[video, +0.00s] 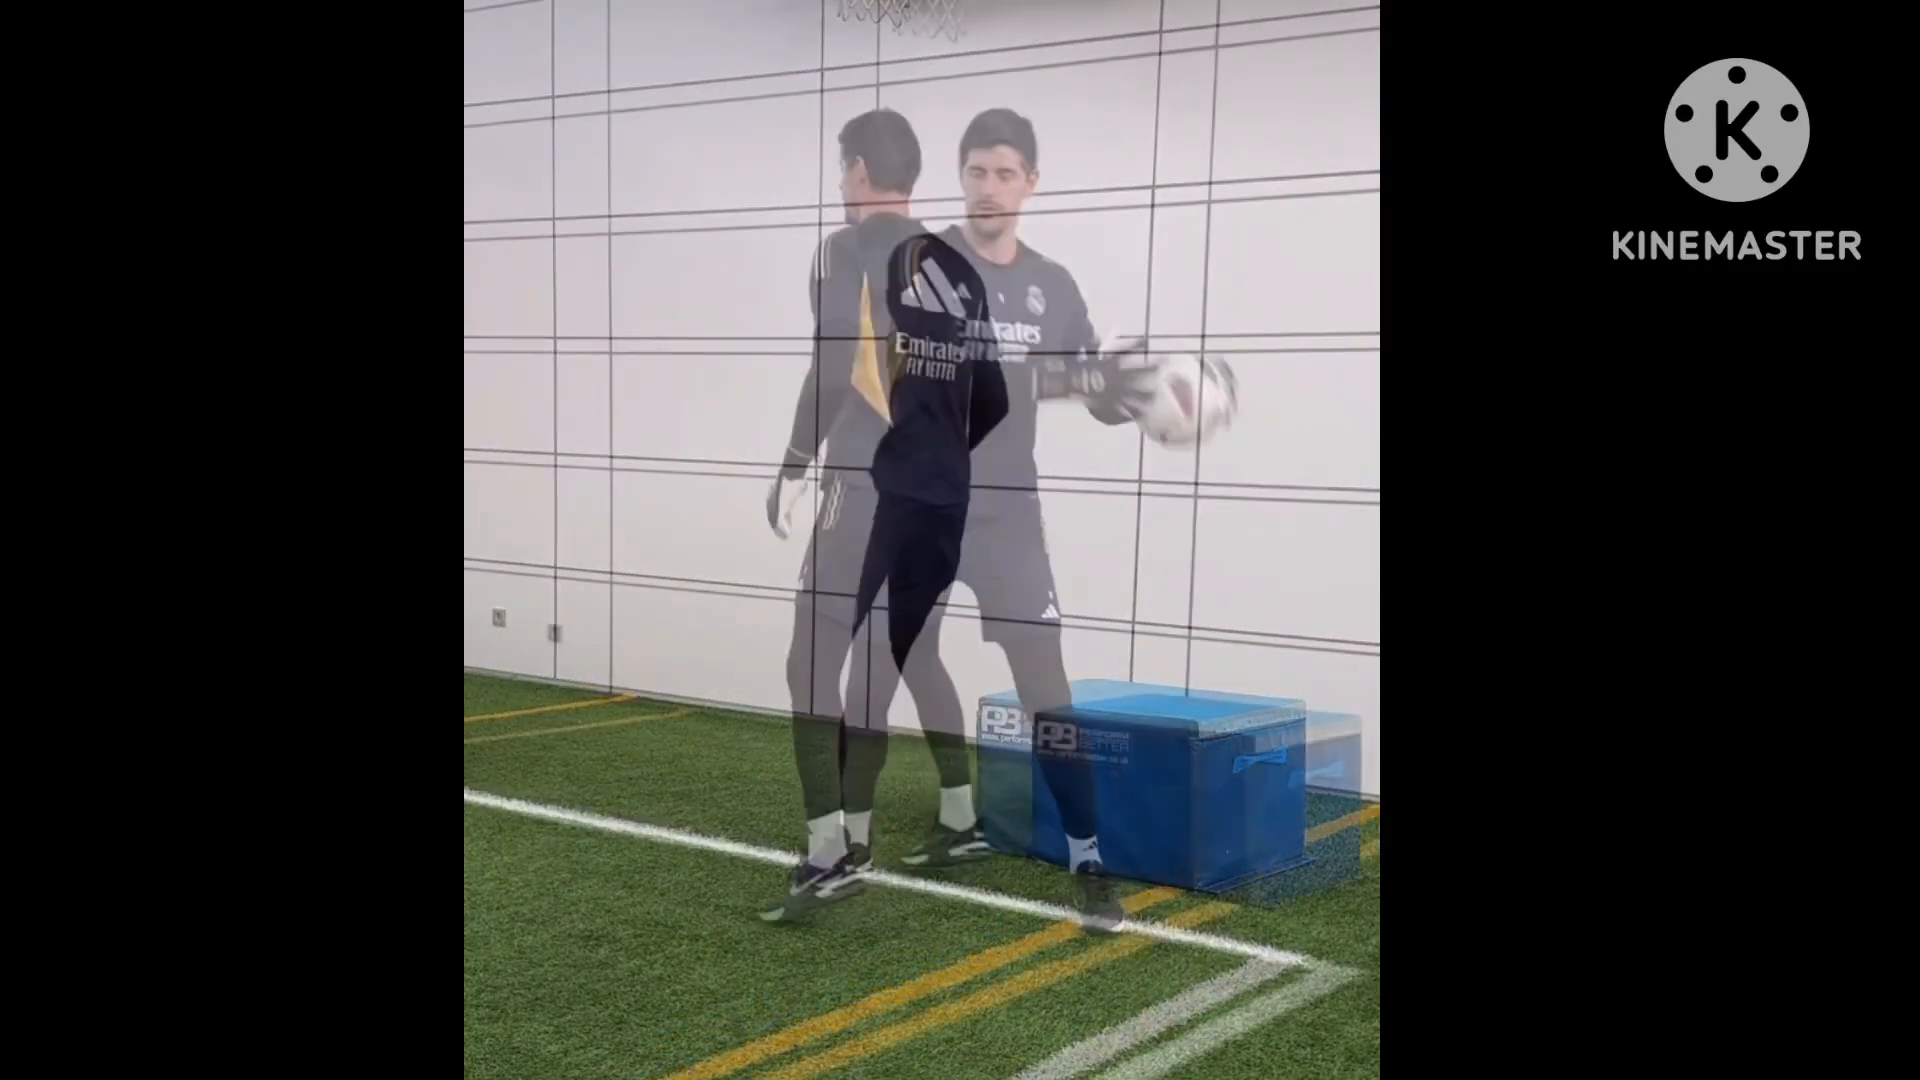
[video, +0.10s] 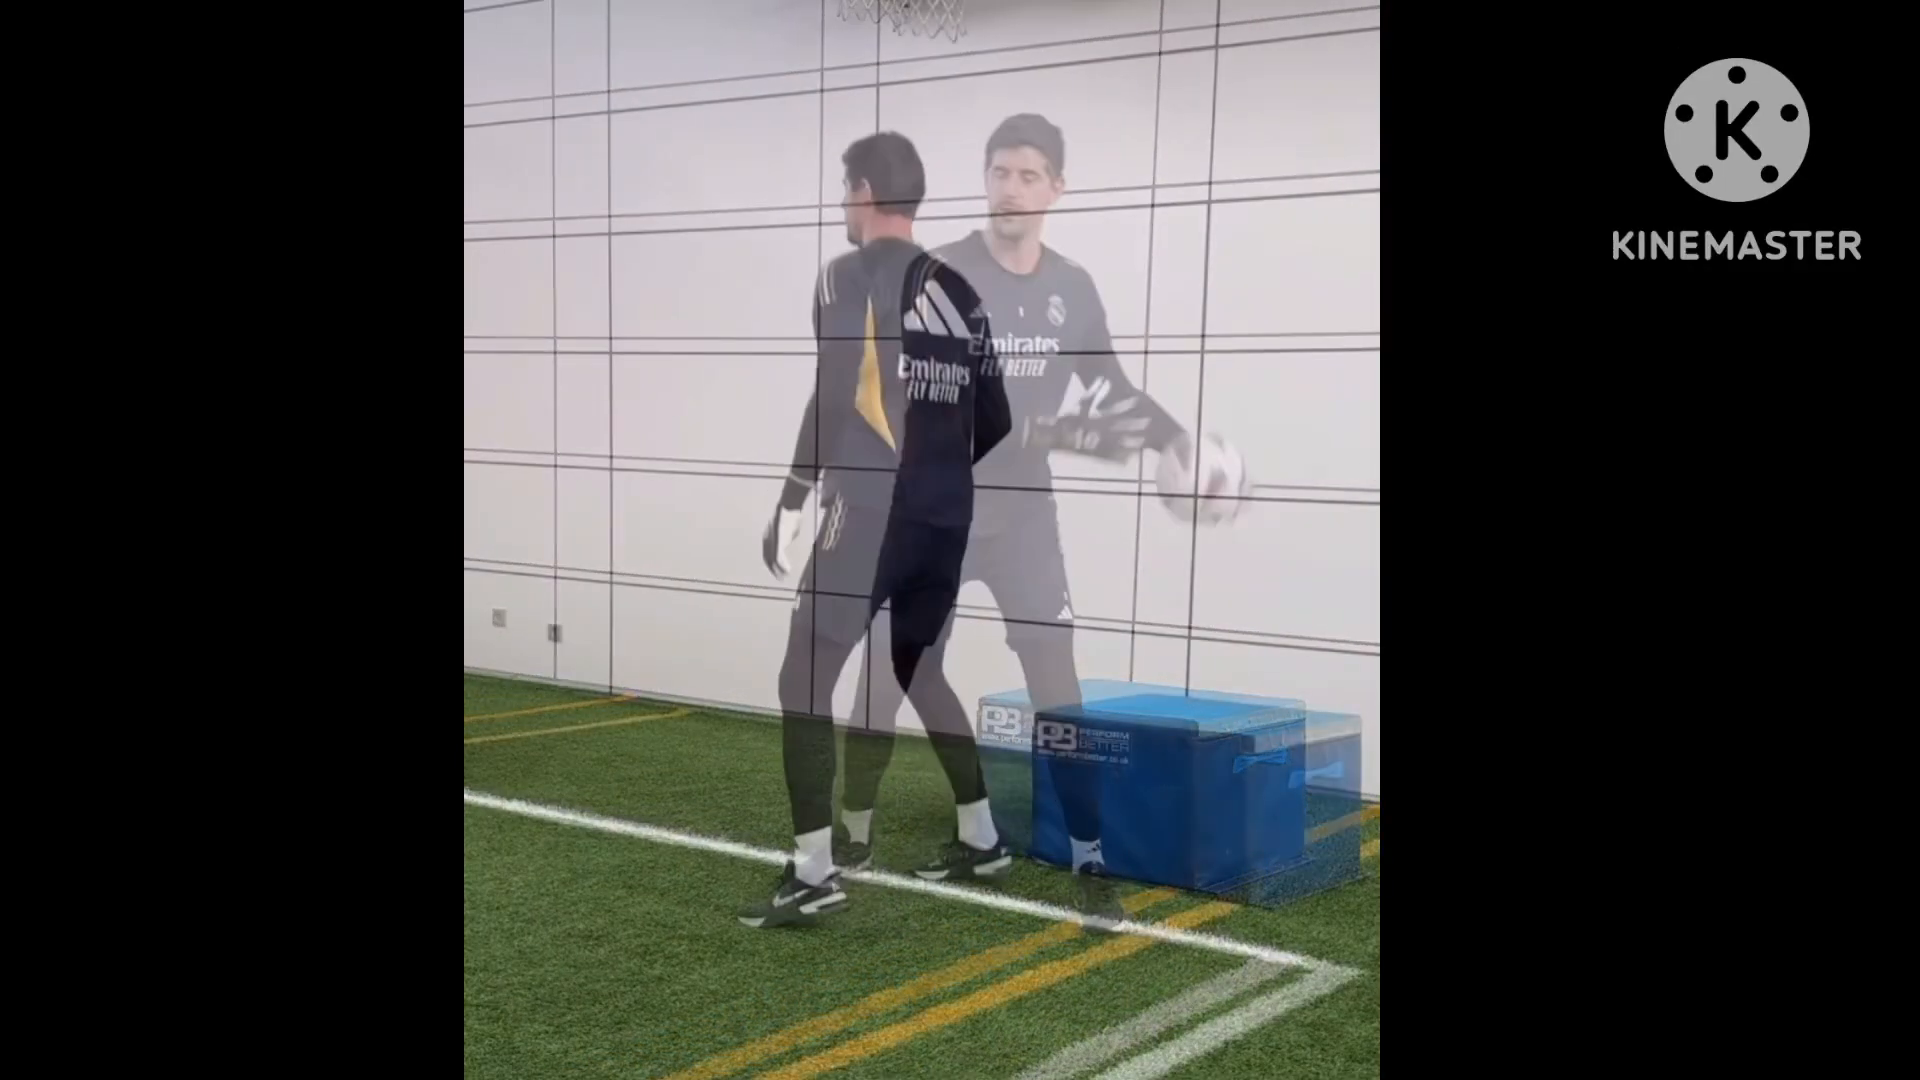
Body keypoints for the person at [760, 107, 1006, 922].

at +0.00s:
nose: (841, 182)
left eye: (843, 169)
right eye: (846, 169)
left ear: (861, 172)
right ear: (914, 176)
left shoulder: (844, 250)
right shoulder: (956, 264)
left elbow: (834, 369)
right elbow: (995, 395)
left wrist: (796, 462)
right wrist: (937, 451)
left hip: (868, 486)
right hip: (942, 492)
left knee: (812, 657)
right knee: (914, 649)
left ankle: (831, 847)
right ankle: (960, 822)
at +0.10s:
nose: (845, 208)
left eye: (850, 196)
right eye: (850, 196)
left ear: (868, 199)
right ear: (915, 202)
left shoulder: (844, 275)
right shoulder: (957, 289)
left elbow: (830, 392)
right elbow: (996, 416)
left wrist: (793, 494)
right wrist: (934, 464)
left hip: (865, 507)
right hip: (944, 513)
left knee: (804, 679)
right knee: (918, 664)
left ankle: (814, 871)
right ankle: (980, 835)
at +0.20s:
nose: (837, 213)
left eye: (847, 201)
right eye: (840, 201)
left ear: (882, 209)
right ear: (899, 213)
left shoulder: (873, 284)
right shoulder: (944, 294)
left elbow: (876, 406)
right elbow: (961, 421)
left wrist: (828, 500)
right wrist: (876, 492)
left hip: (895, 514)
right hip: (955, 519)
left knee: (811, 688)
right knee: (912, 674)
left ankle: (816, 884)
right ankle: (974, 848)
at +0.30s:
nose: (842, 179)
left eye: (856, 167)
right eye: (842, 167)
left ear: (900, 174)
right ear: (880, 179)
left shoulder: (919, 252)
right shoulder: (895, 257)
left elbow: (969, 365)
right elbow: (907, 382)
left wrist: (902, 441)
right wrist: (856, 450)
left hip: (923, 491)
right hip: (924, 488)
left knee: (849, 663)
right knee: (901, 664)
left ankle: (830, 864)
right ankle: (965, 837)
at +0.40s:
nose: (856, 174)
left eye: (871, 160)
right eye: (852, 161)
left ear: (913, 169)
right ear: (861, 173)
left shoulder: (950, 252)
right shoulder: (874, 268)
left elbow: (1008, 374)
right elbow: (895, 382)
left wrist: (943, 463)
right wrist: (855, 456)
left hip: (955, 481)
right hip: (903, 479)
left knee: (885, 659)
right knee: (875, 666)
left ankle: (919, 855)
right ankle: (920, 841)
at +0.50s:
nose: (869, 203)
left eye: (884, 189)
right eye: (863, 190)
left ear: (925, 198)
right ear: (862, 202)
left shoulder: (969, 287)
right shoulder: (867, 305)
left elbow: (1038, 411)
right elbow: (880, 413)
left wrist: (986, 510)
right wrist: (859, 503)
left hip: (965, 519)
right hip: (898, 522)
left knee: (957, 686)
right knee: (855, 686)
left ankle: (1040, 867)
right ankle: (899, 852)